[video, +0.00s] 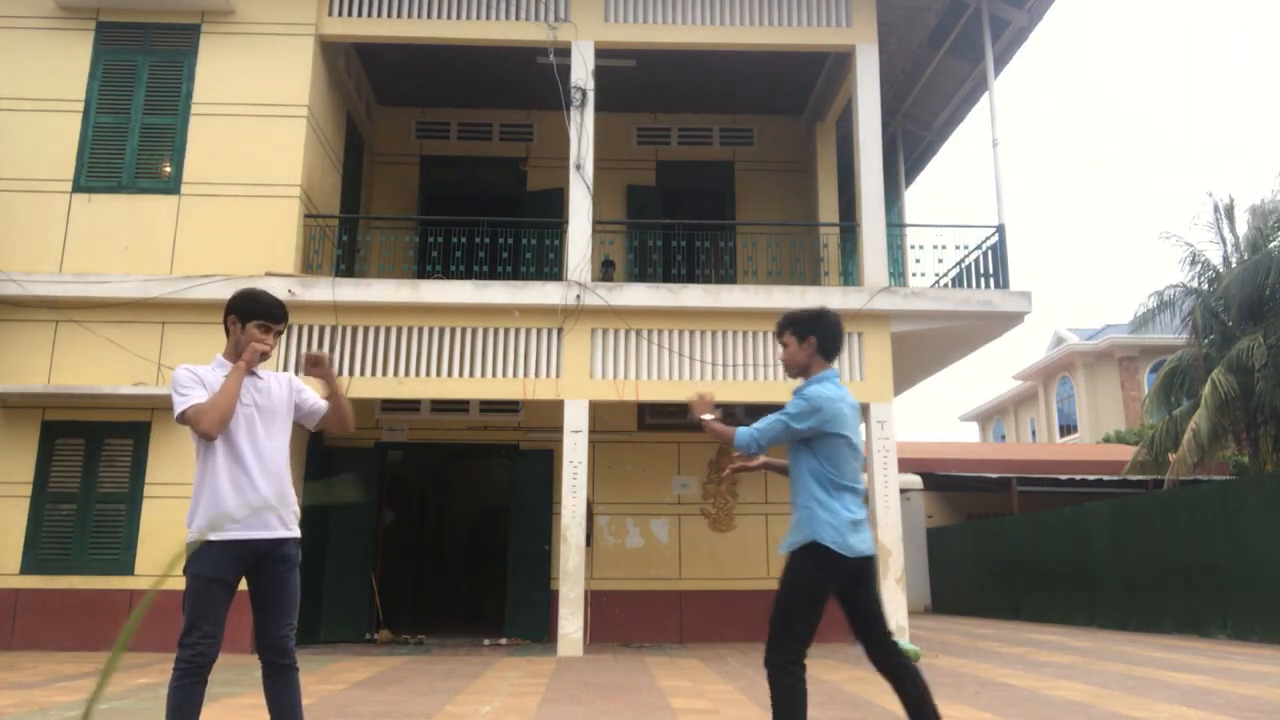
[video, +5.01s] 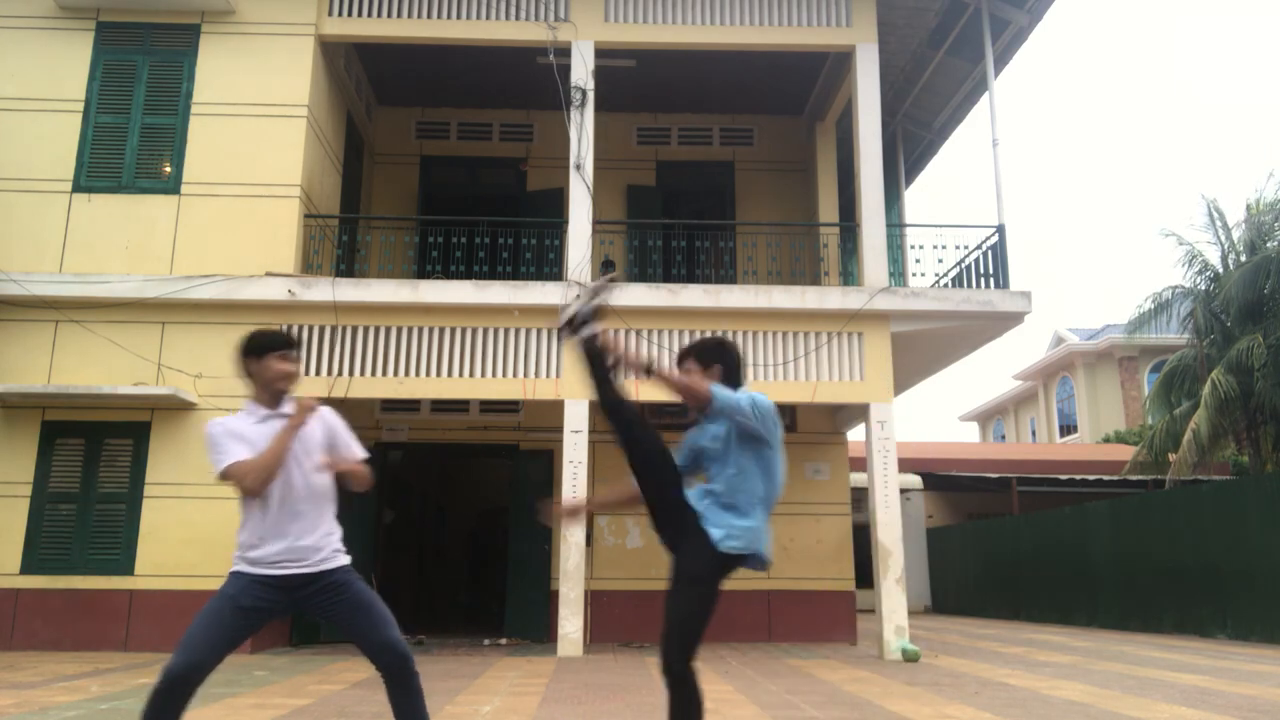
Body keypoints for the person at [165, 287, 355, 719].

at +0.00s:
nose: (268, 341)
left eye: (275, 334)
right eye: (261, 330)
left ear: (279, 338)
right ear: (232, 324)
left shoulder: (285, 385)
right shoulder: (192, 376)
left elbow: (341, 424)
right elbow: (208, 425)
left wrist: (330, 380)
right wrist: (241, 366)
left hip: (278, 537)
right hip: (217, 536)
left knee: (280, 653)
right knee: (197, 655)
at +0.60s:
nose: (280, 344)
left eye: (286, 338)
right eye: (273, 333)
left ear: (290, 342)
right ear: (244, 329)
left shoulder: (296, 392)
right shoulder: (203, 383)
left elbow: (354, 432)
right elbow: (215, 433)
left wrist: (385, 404)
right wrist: (251, 374)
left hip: (288, 540)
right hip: (222, 541)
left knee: (319, 653)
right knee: (203, 657)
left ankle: (345, 718)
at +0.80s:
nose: (305, 354)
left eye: (310, 348)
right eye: (296, 345)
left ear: (314, 352)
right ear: (265, 344)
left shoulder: (323, 403)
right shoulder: (229, 399)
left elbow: (378, 445)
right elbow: (245, 448)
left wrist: (406, 416)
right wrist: (281, 387)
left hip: (320, 556)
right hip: (251, 558)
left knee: (365, 652)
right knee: (215, 665)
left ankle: (383, 717)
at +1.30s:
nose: (349, 369)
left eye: (353, 360)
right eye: (340, 357)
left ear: (355, 366)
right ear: (309, 357)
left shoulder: (363, 419)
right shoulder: (270, 412)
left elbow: (411, 471)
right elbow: (286, 465)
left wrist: (448, 450)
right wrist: (334, 410)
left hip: (355, 565)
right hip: (284, 567)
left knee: (422, 651)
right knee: (207, 661)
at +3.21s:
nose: (334, 367)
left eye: (338, 358)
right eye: (324, 356)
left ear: (342, 363)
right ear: (293, 357)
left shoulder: (351, 416)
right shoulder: (257, 412)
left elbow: (396, 470)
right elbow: (275, 466)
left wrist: (448, 472)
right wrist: (318, 408)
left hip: (347, 568)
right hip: (275, 569)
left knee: (412, 649)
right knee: (199, 662)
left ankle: (422, 718)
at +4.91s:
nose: (328, 367)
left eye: (332, 358)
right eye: (318, 356)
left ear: (335, 364)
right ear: (287, 358)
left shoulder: (349, 416)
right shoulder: (252, 417)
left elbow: (385, 478)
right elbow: (274, 473)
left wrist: (413, 467)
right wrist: (318, 416)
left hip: (342, 568)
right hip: (272, 571)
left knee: (406, 655)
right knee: (198, 668)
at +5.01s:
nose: (290, 366)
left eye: (294, 358)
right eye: (279, 358)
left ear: (299, 366)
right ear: (251, 366)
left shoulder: (322, 418)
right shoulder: (225, 429)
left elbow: (365, 481)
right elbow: (251, 482)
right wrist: (295, 423)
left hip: (328, 573)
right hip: (256, 577)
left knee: (397, 656)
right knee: (182, 671)